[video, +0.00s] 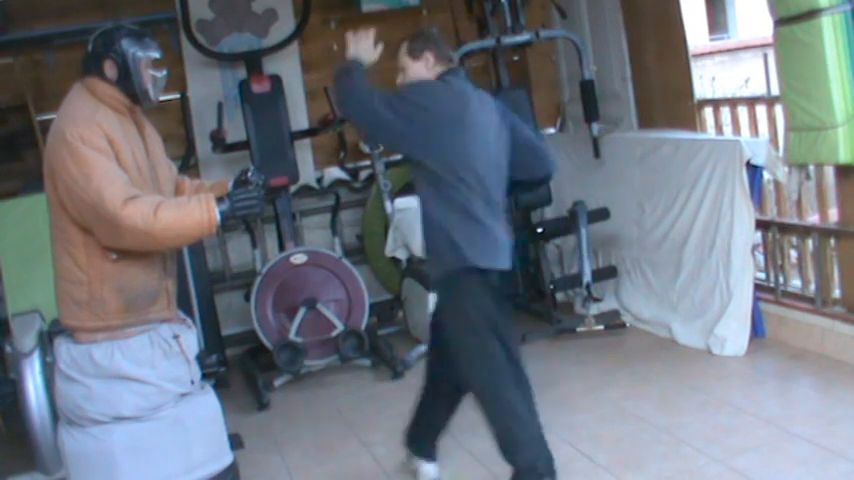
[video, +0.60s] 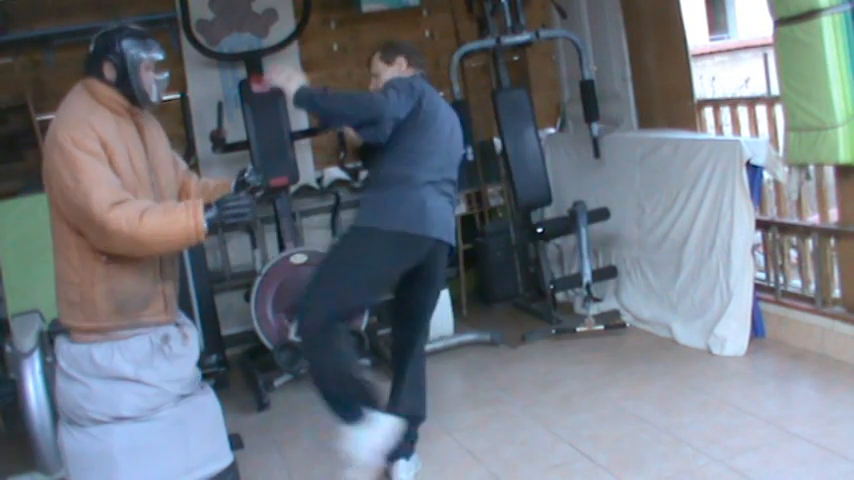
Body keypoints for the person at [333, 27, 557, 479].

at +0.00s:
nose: (401, 80)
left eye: (405, 70)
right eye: (400, 71)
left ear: (429, 60)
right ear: (439, 62)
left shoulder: (430, 102)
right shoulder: (488, 105)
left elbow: (363, 109)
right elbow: (540, 164)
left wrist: (354, 65)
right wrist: (484, 178)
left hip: (462, 261)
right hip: (493, 257)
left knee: (491, 370)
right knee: (449, 365)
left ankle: (535, 469)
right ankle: (420, 448)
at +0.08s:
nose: (400, 74)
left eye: (404, 65)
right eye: (400, 66)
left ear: (427, 59)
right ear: (444, 62)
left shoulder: (419, 97)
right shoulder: (484, 111)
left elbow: (354, 96)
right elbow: (528, 161)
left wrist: (338, 58)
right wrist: (485, 168)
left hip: (424, 249)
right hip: (462, 254)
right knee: (419, 355)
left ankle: (484, 440)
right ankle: (417, 458)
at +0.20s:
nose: (404, 78)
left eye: (407, 71)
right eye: (404, 71)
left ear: (426, 63)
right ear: (446, 66)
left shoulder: (418, 91)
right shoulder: (482, 115)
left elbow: (343, 108)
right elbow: (477, 174)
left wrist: (270, 104)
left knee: (291, 258)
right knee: (426, 346)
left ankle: (324, 319)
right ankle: (416, 455)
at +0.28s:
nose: (398, 90)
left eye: (400, 82)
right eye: (397, 84)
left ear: (418, 72)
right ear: (440, 74)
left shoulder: (416, 95)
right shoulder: (476, 119)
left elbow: (362, 128)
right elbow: (467, 179)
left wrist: (313, 144)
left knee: (279, 219)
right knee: (416, 344)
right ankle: (398, 451)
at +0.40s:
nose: (392, 91)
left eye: (394, 83)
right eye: (393, 85)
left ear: (413, 77)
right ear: (431, 81)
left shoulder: (412, 98)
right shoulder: (465, 129)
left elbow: (380, 152)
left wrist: (335, 155)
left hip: (379, 212)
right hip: (426, 242)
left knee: (264, 230)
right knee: (401, 342)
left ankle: (151, 267)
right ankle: (388, 454)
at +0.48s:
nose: (386, 91)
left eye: (389, 81)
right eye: (384, 85)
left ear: (411, 73)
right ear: (425, 77)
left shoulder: (412, 97)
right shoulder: (461, 130)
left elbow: (374, 135)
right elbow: (423, 177)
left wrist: (310, 131)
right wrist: (366, 162)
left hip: (381, 216)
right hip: (428, 239)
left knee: (279, 260)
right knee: (406, 343)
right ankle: (389, 455)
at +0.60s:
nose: (376, 84)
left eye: (378, 74)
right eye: (373, 77)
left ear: (402, 64)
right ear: (411, 66)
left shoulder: (408, 86)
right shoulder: (449, 116)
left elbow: (379, 112)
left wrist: (301, 92)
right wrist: (362, 138)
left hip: (393, 225)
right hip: (437, 235)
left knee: (316, 313)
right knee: (410, 340)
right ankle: (403, 451)